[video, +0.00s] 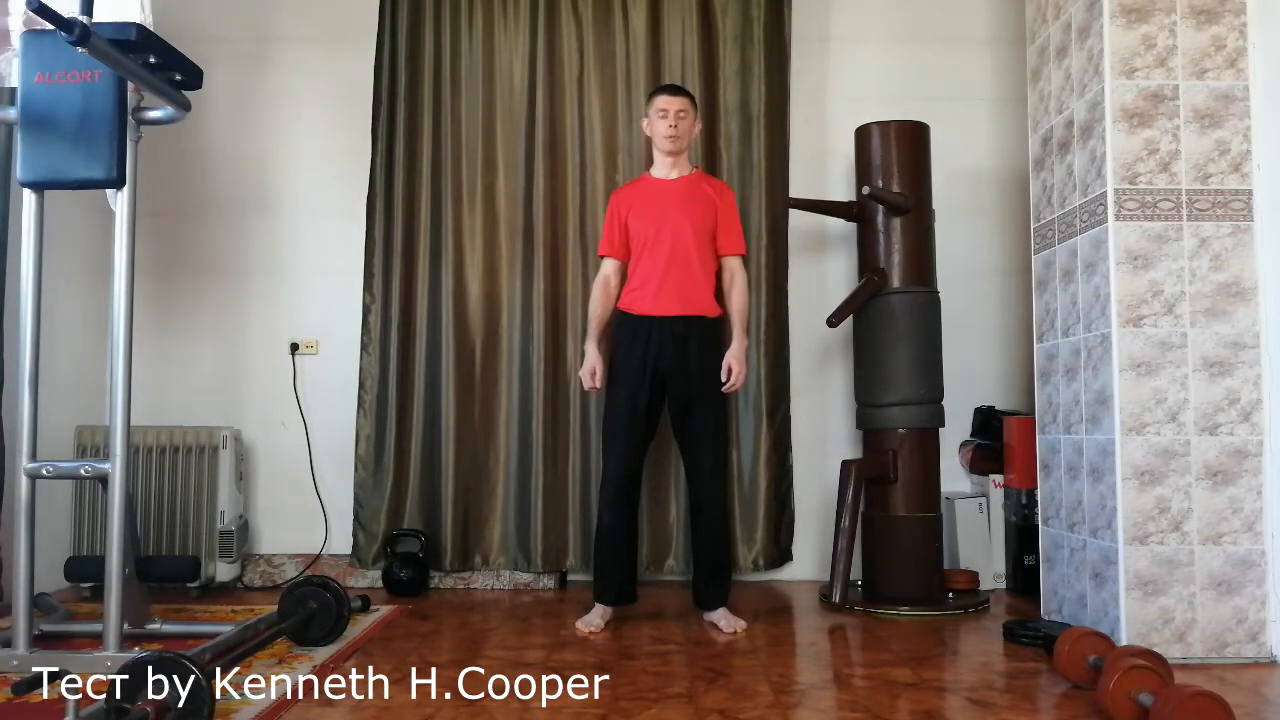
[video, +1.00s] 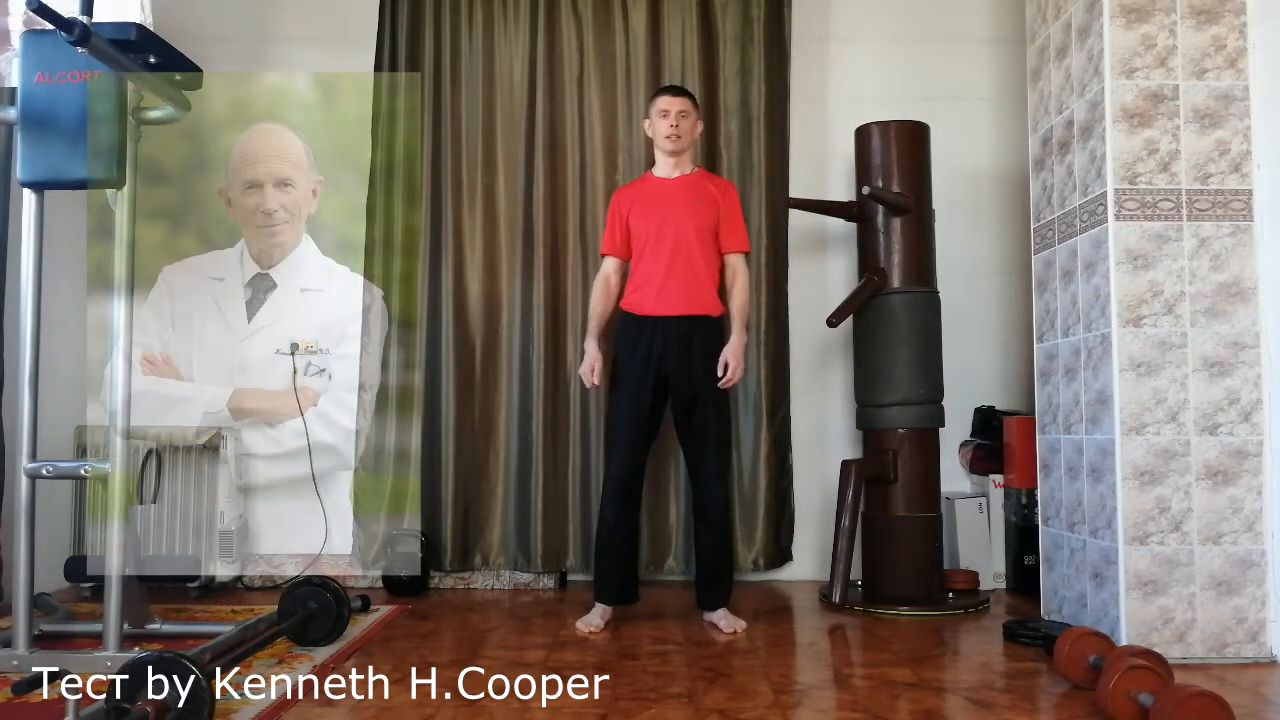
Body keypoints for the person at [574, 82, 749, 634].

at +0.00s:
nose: (672, 122)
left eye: (682, 115)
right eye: (662, 115)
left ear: (696, 127)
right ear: (645, 126)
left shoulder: (716, 194)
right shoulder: (625, 198)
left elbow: (734, 272)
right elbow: (609, 275)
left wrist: (738, 340)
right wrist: (593, 343)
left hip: (699, 340)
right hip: (635, 339)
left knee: (709, 474)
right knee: (619, 472)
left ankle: (712, 601)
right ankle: (608, 598)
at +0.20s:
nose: (674, 122)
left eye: (684, 115)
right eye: (664, 115)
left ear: (698, 128)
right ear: (647, 127)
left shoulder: (718, 193)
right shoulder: (627, 198)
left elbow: (735, 272)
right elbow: (611, 276)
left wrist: (737, 336)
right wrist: (596, 342)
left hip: (701, 340)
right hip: (637, 339)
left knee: (710, 474)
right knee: (621, 472)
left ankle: (713, 602)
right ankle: (608, 598)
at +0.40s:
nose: (675, 123)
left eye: (685, 115)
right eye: (665, 115)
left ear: (700, 127)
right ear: (648, 126)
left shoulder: (719, 193)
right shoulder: (629, 199)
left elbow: (737, 273)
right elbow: (613, 276)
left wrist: (738, 337)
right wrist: (599, 342)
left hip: (703, 339)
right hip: (639, 338)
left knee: (711, 475)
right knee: (623, 472)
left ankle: (714, 602)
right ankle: (609, 598)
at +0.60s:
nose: (676, 122)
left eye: (686, 115)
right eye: (666, 115)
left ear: (701, 128)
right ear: (649, 127)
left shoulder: (721, 192)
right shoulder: (630, 198)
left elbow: (739, 272)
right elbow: (615, 276)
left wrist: (742, 340)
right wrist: (599, 343)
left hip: (704, 340)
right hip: (640, 338)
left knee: (712, 475)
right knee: (623, 472)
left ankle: (714, 603)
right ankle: (608, 598)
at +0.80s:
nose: (675, 122)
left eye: (685, 115)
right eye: (665, 115)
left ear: (700, 128)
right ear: (648, 127)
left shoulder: (720, 191)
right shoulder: (629, 198)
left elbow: (739, 271)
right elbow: (613, 275)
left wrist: (742, 339)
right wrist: (596, 341)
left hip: (703, 339)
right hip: (639, 338)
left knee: (711, 475)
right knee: (623, 472)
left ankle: (714, 603)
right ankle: (608, 598)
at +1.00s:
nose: (673, 122)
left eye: (683, 115)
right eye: (663, 114)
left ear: (698, 128)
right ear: (646, 128)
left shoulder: (719, 192)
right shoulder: (627, 197)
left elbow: (737, 271)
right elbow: (610, 274)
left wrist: (738, 336)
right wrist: (593, 338)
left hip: (702, 339)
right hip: (637, 338)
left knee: (711, 474)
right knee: (622, 472)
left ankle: (714, 602)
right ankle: (609, 597)